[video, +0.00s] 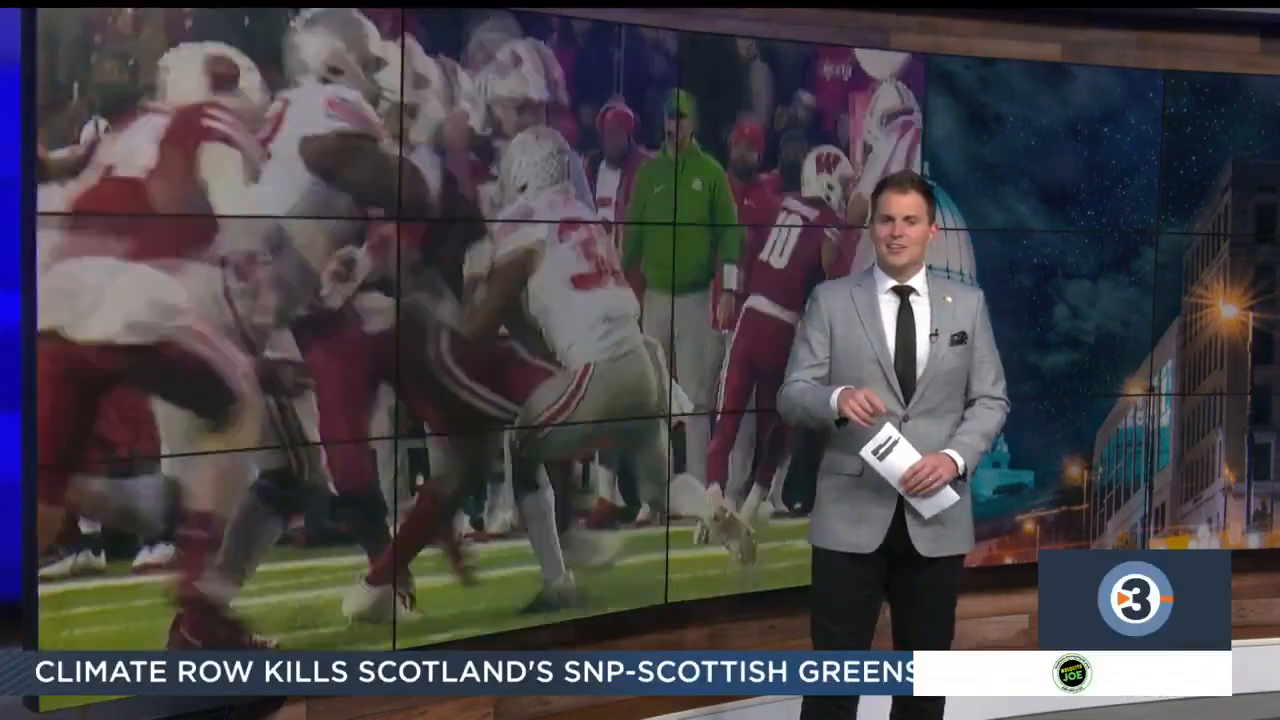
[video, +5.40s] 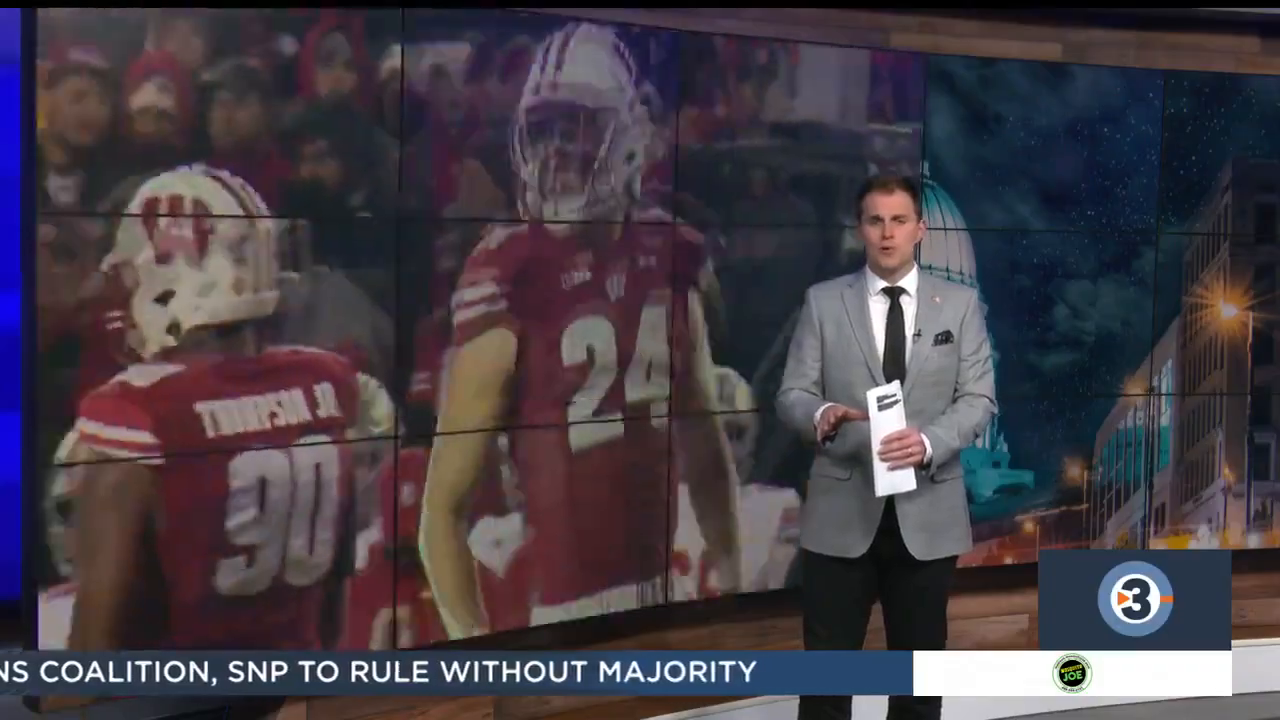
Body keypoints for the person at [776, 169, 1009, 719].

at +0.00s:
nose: (895, 231)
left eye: (909, 220)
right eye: (885, 220)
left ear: (932, 230)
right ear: (871, 228)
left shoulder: (966, 302)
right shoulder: (830, 300)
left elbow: (990, 400)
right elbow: (793, 394)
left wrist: (954, 457)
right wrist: (835, 399)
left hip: (935, 515)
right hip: (849, 513)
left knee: (927, 675)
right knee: (834, 672)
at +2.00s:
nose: (897, 231)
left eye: (911, 220)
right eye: (887, 220)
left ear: (932, 230)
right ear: (873, 229)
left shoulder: (970, 303)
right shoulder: (835, 301)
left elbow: (994, 401)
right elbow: (792, 407)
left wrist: (960, 457)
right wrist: (798, 394)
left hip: (937, 514)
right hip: (852, 512)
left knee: (929, 673)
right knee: (835, 671)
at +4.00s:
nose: (893, 228)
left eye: (905, 217)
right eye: (881, 217)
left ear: (923, 228)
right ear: (863, 230)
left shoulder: (962, 303)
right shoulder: (825, 301)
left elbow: (977, 402)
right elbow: (794, 389)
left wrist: (918, 439)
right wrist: (808, 411)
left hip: (922, 510)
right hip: (837, 509)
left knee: (919, 667)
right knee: (825, 666)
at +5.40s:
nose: (886, 232)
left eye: (898, 221)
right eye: (875, 221)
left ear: (919, 228)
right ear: (860, 230)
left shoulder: (961, 303)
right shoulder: (823, 302)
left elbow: (978, 401)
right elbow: (793, 394)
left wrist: (930, 441)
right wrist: (822, 416)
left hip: (926, 513)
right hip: (840, 512)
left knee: (921, 673)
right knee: (826, 673)